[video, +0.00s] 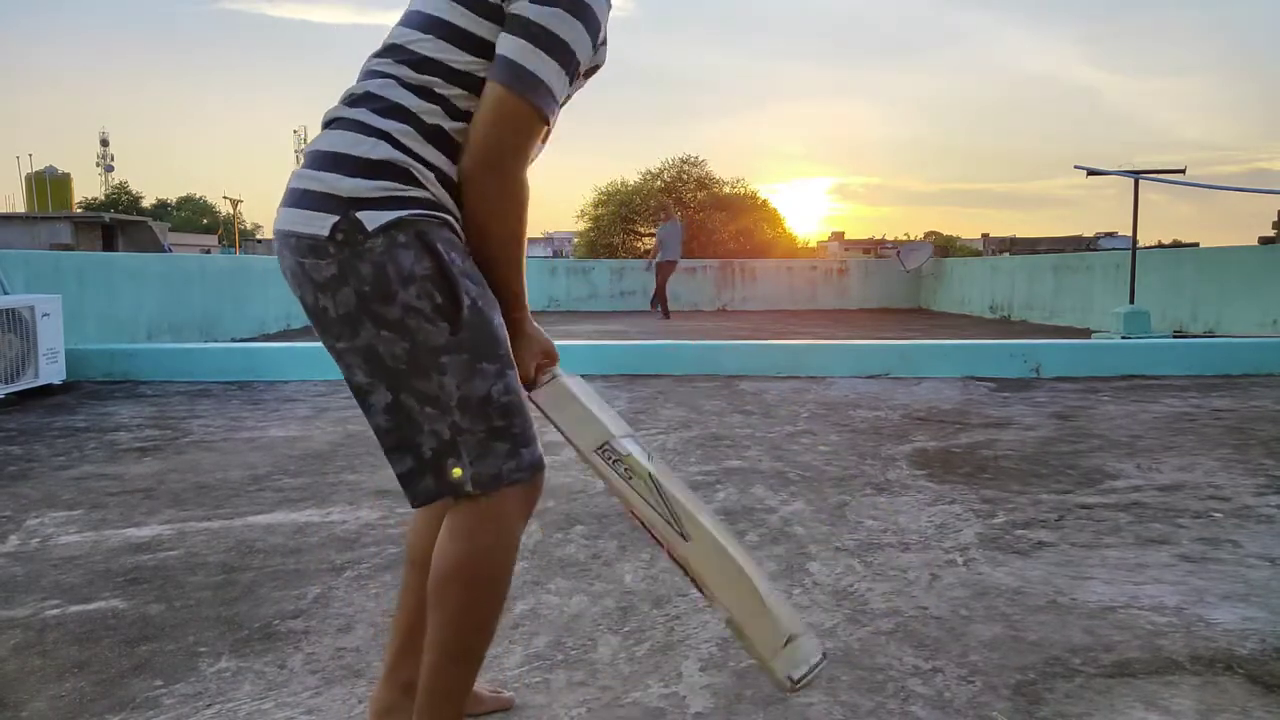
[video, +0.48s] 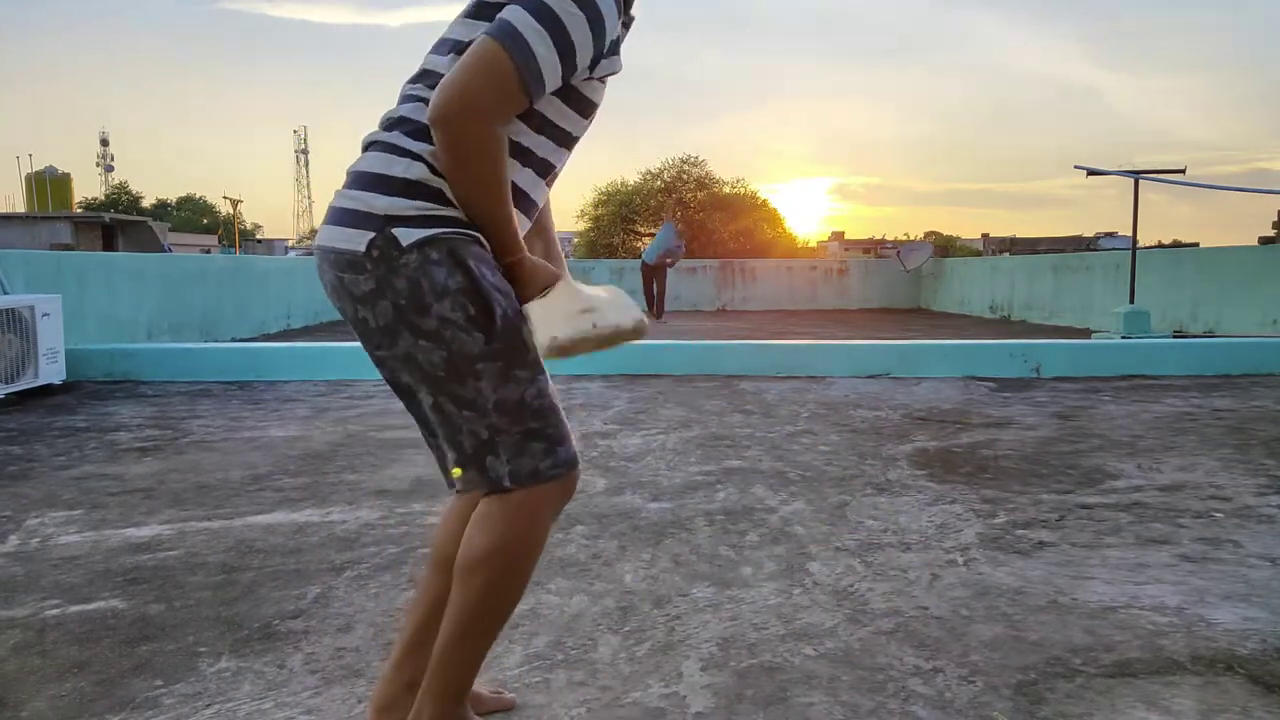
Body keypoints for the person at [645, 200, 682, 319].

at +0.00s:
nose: (662, 216)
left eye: (664, 213)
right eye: (661, 213)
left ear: (669, 214)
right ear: (660, 215)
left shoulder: (675, 224)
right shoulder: (661, 229)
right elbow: (656, 247)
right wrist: (650, 259)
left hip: (671, 257)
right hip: (661, 257)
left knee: (661, 282)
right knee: (660, 283)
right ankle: (665, 311)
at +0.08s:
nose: (663, 216)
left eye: (665, 214)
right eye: (662, 214)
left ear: (670, 214)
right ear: (660, 216)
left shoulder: (674, 225)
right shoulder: (659, 230)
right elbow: (654, 248)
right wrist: (647, 263)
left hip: (671, 259)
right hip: (660, 259)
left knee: (660, 285)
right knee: (659, 286)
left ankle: (650, 306)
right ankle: (665, 312)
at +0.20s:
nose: (664, 219)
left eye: (666, 217)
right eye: (663, 217)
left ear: (670, 218)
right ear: (661, 218)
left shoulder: (671, 228)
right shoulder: (660, 230)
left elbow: (671, 210)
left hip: (666, 260)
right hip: (655, 260)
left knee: (660, 285)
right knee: (655, 287)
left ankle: (657, 308)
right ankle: (665, 311)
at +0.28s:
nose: (667, 219)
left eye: (669, 218)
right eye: (666, 217)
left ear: (672, 222)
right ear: (663, 220)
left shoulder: (672, 232)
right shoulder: (660, 233)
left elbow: (674, 220)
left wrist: (673, 210)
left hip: (663, 263)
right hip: (652, 263)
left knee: (661, 291)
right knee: (653, 292)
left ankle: (660, 314)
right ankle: (663, 309)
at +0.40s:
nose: (675, 222)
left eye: (678, 220)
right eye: (674, 220)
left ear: (680, 224)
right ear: (671, 221)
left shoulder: (677, 236)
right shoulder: (664, 229)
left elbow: (677, 251)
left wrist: (669, 249)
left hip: (661, 264)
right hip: (649, 263)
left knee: (662, 290)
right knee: (651, 289)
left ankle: (660, 315)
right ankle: (659, 308)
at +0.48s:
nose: (680, 232)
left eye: (683, 232)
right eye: (681, 229)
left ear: (685, 236)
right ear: (678, 228)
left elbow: (671, 263)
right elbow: (668, 210)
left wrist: (665, 260)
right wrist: (675, 198)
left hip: (660, 264)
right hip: (647, 261)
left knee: (661, 291)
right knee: (648, 290)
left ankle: (659, 316)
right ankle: (651, 311)